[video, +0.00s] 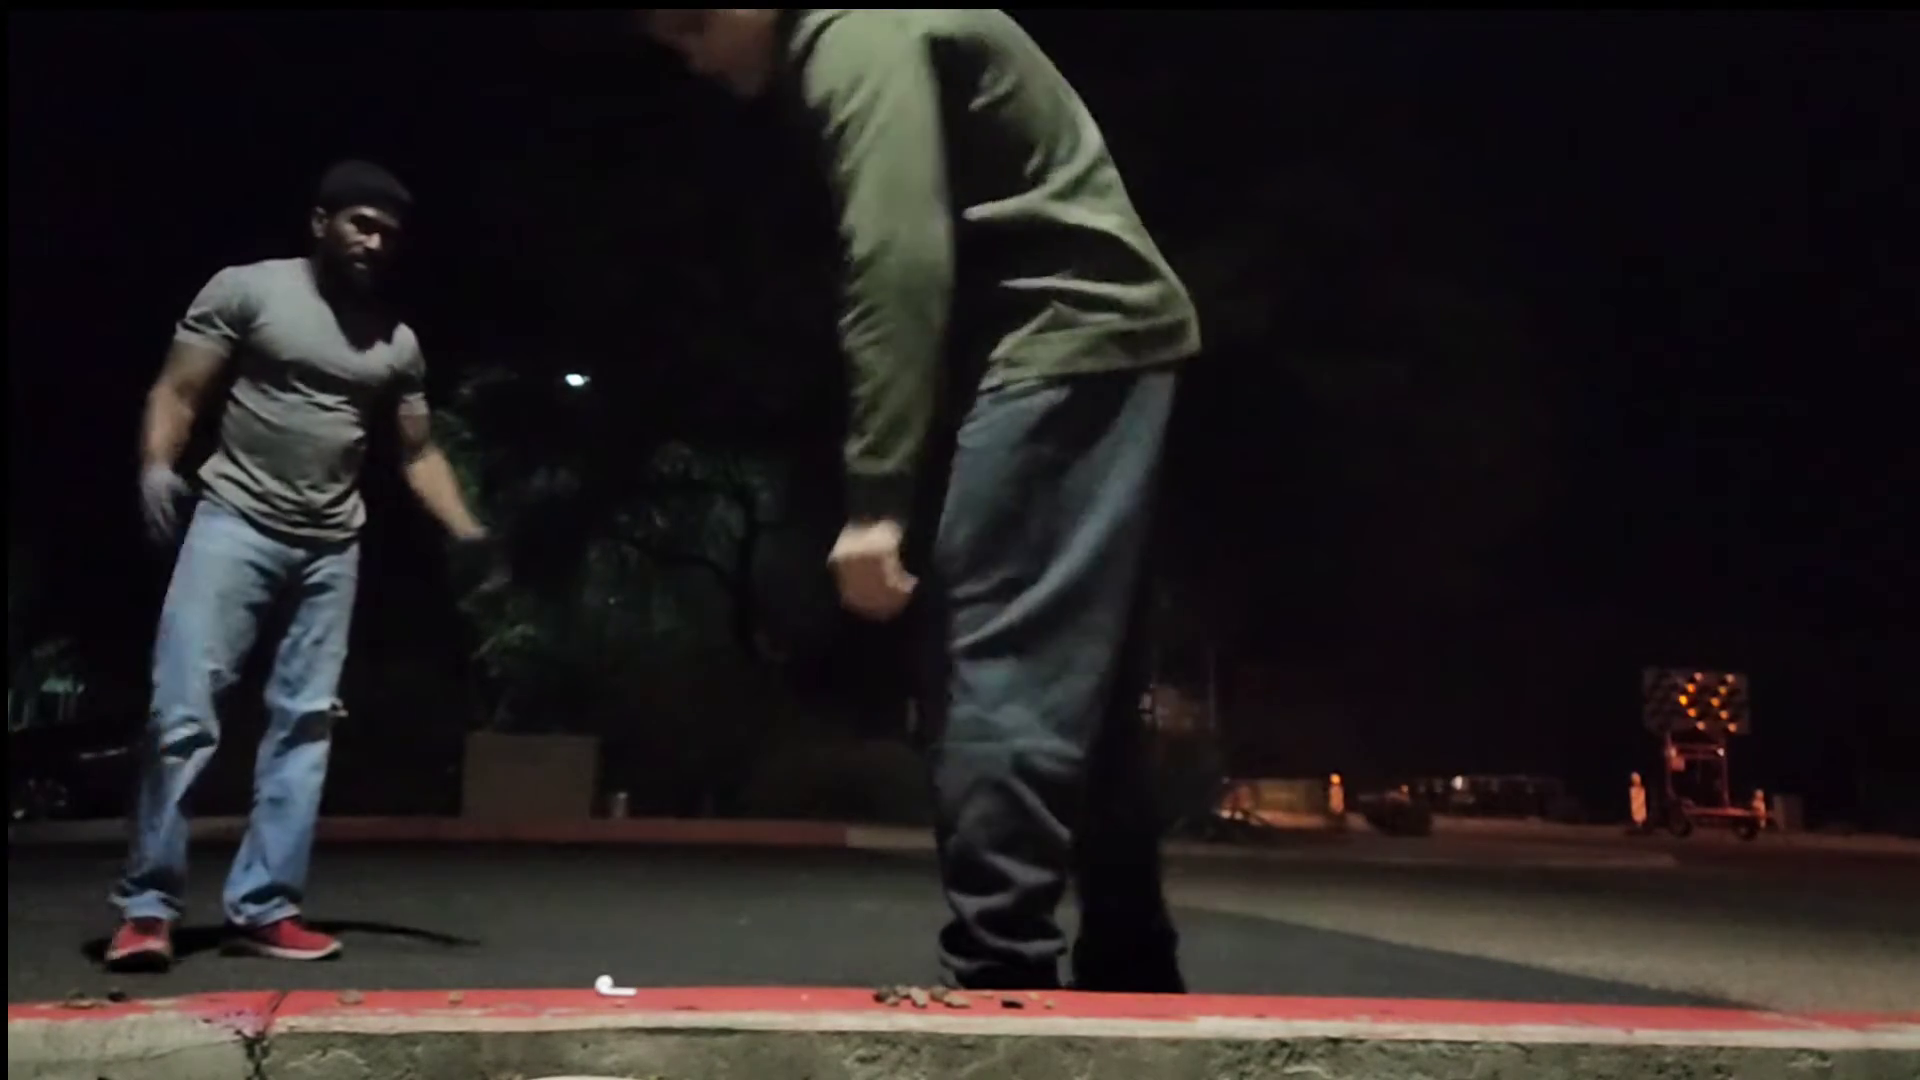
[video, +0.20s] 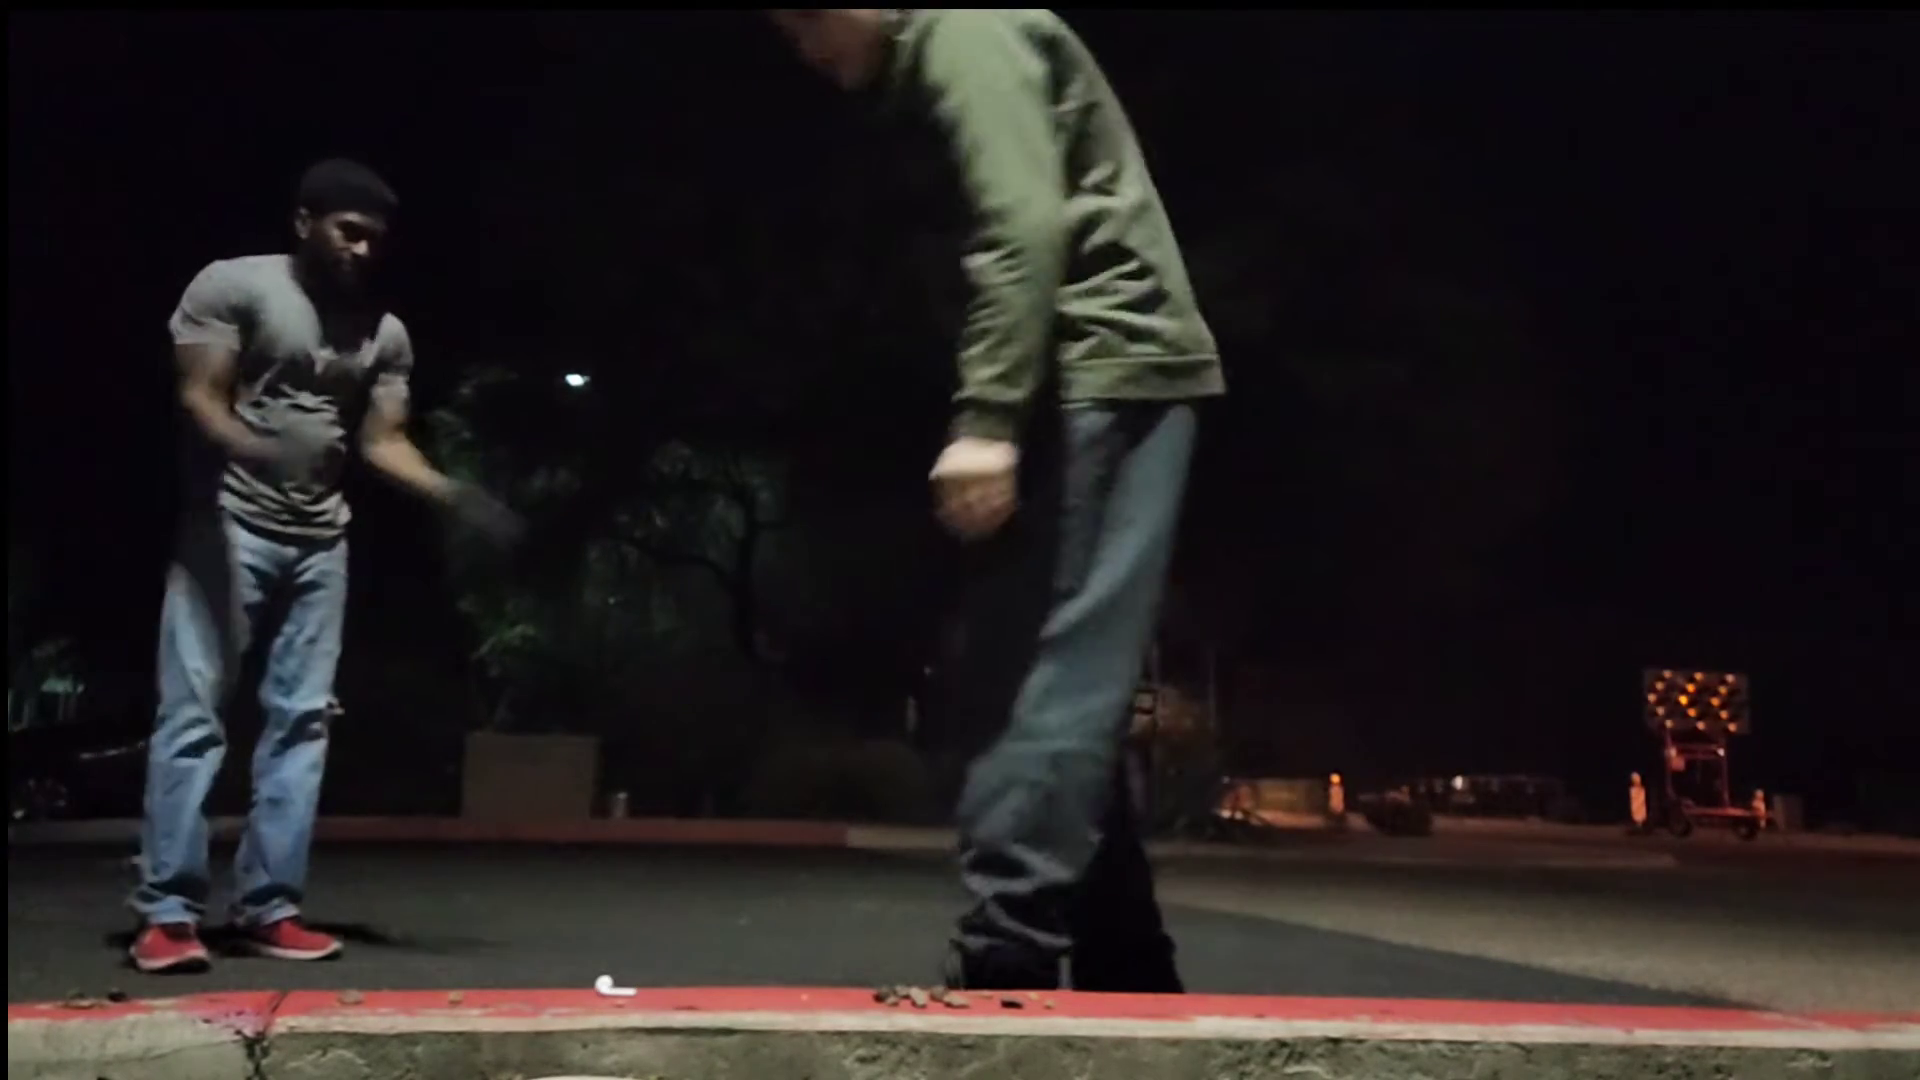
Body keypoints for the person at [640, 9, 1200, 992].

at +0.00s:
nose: (695, 66)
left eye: (687, 38)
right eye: (680, 49)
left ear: (738, 5)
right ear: (737, 15)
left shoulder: (861, 36)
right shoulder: (858, 38)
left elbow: (901, 257)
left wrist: (875, 501)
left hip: (1069, 339)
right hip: (1105, 335)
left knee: (998, 648)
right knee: (1071, 664)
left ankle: (1000, 967)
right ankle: (1130, 974)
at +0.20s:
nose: (807, 50)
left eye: (807, 26)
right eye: (796, 37)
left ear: (854, 4)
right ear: (844, 24)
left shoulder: (967, 35)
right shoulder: (941, 55)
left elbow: (1025, 225)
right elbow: (1022, 234)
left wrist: (984, 423)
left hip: (1121, 366)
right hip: (1082, 375)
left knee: (1070, 652)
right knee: (1056, 653)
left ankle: (1011, 943)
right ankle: (1123, 959)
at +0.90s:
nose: (996, 23)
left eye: (1006, 8)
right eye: (994, 17)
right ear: (1030, 25)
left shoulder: (1166, 33)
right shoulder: (1078, 97)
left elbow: (1295, 130)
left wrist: (1203, 263)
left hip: (1200, 440)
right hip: (1099, 454)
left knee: (1247, 701)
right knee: (1107, 713)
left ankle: (1334, 953)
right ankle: (1131, 965)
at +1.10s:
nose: (1043, 30)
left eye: (1050, 14)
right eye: (1040, 20)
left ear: (1098, 1)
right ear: (1079, 23)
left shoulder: (1224, 37)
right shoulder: (1121, 99)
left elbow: (1400, 109)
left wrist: (1390, 179)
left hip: (1253, 450)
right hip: (1137, 457)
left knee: (1284, 716)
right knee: (1113, 720)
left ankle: (1341, 964)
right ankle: (1128, 969)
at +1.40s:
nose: (1088, 43)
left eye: (1094, 22)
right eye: (1083, 29)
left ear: (1148, 8)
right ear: (1134, 24)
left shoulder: (1286, 81)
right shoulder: (1161, 124)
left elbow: (1365, 236)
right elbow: (1180, 324)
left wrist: (1281, 348)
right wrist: (1106, 443)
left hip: (1278, 473)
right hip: (1161, 478)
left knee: (1310, 718)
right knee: (1119, 685)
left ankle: (1347, 958)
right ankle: (1135, 946)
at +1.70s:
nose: (1010, 83)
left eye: (1017, 52)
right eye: (999, 65)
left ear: (1080, 25)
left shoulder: (1202, 124)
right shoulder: (1094, 174)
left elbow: (1181, 334)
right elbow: (1093, 355)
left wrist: (1078, 476)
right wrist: (1057, 466)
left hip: (1261, 471)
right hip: (1158, 482)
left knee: (1301, 720)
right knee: (1116, 715)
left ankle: (1342, 969)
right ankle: (1060, 959)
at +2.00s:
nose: (833, 206)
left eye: (833, 176)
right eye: (821, 189)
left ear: (883, 133)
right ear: (874, 148)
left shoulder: (1036, 175)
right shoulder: (929, 258)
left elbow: (1099, 363)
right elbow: (994, 432)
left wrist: (1082, 546)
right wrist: (992, 579)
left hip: (1198, 472)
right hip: (1091, 498)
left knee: (1267, 715)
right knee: (1073, 735)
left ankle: (1335, 959)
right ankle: (1047, 960)